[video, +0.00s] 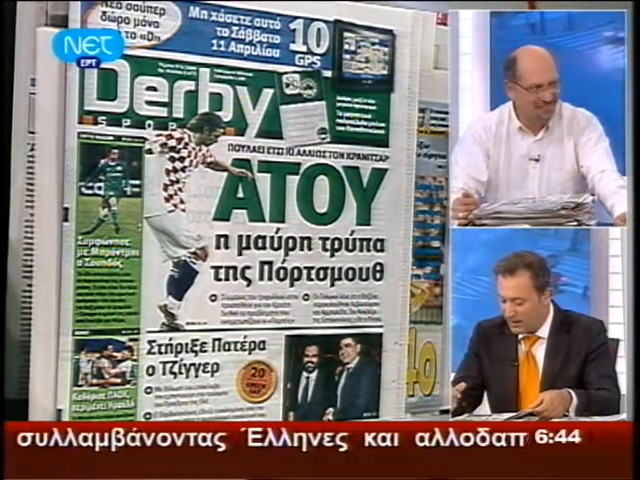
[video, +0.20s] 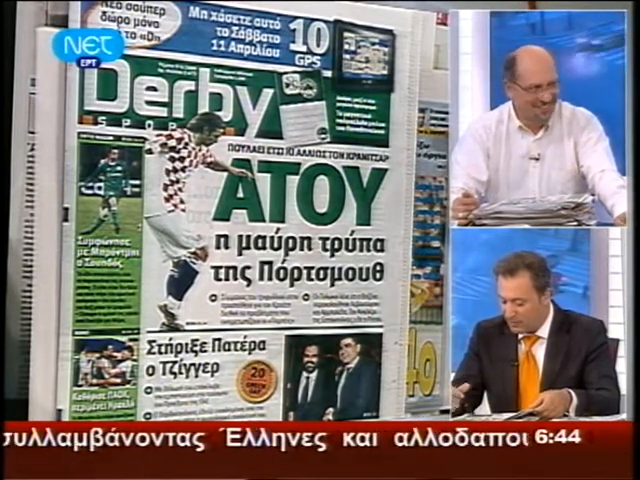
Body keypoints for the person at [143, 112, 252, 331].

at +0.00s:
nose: (215, 141)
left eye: (217, 138)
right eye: (215, 136)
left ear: (207, 132)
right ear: (205, 130)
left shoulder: (199, 150)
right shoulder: (179, 137)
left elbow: (212, 162)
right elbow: (149, 145)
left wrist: (232, 170)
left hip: (166, 209)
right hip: (161, 208)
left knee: (180, 262)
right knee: (200, 251)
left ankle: (171, 317)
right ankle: (172, 304)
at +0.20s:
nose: (215, 141)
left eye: (217, 138)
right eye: (215, 136)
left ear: (207, 132)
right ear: (205, 130)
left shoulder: (199, 150)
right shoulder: (179, 137)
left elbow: (212, 162)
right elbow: (149, 145)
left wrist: (232, 170)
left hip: (166, 209)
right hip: (161, 208)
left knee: (180, 262)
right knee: (200, 251)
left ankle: (171, 317)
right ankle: (172, 304)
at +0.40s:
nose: (215, 141)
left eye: (217, 137)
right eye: (215, 136)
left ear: (207, 132)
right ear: (205, 130)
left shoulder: (199, 150)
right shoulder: (179, 137)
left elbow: (212, 162)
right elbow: (149, 145)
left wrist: (232, 170)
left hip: (166, 209)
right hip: (161, 208)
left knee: (180, 262)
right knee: (200, 251)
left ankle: (171, 317)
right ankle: (172, 304)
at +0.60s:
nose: (215, 141)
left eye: (217, 137)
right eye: (215, 136)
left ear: (207, 132)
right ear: (205, 130)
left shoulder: (199, 150)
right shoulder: (179, 137)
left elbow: (212, 162)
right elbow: (149, 145)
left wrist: (232, 170)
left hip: (166, 209)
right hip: (161, 208)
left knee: (180, 262)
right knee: (200, 251)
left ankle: (171, 317)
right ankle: (172, 304)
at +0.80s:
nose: (215, 141)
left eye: (217, 137)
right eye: (215, 136)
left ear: (206, 132)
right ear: (205, 130)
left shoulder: (199, 150)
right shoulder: (178, 137)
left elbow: (212, 162)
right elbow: (148, 146)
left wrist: (231, 170)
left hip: (167, 209)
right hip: (161, 207)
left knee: (180, 262)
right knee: (200, 251)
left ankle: (171, 317)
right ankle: (172, 303)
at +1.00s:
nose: (215, 141)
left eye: (217, 137)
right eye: (215, 136)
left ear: (206, 132)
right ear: (205, 130)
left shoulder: (199, 150)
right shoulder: (178, 137)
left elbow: (212, 162)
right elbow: (147, 146)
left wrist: (231, 170)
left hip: (167, 209)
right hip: (160, 207)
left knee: (180, 261)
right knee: (200, 251)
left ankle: (171, 317)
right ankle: (172, 303)